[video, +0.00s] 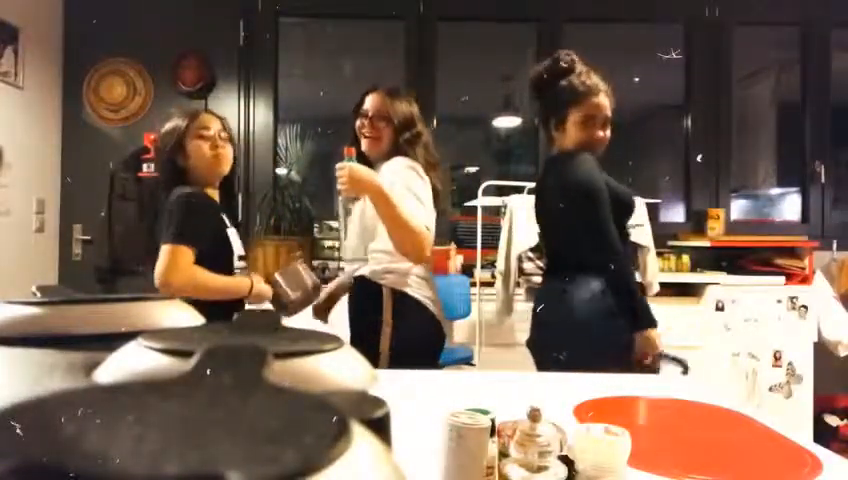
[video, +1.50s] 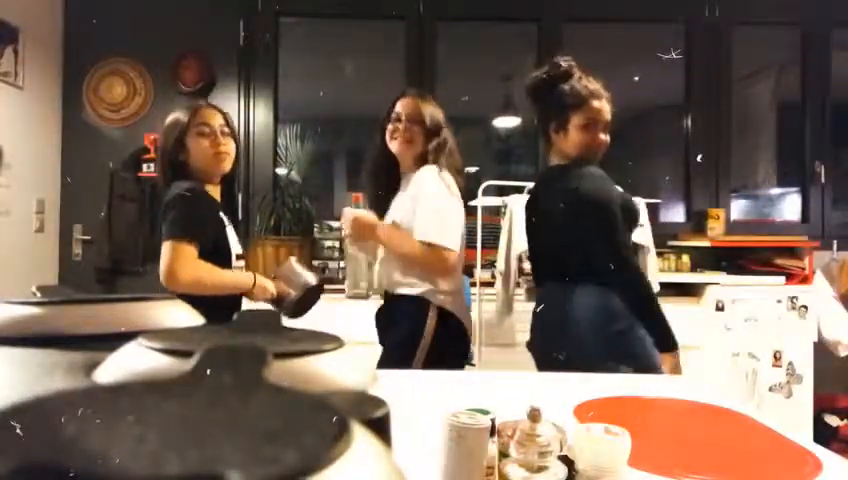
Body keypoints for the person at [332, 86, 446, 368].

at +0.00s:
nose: (366, 124)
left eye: (380, 118)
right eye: (362, 116)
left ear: (403, 128)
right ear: (355, 121)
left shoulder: (400, 170)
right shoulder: (383, 174)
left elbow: (419, 250)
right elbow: (379, 256)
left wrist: (374, 188)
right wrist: (338, 288)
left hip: (394, 307)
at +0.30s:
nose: (350, 154)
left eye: (357, 145)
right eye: (349, 147)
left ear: (383, 146)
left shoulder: (390, 188)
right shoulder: (410, 193)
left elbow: (401, 257)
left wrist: (348, 212)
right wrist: (357, 288)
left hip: (399, 317)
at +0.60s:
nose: (369, 139)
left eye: (378, 131)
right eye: (367, 132)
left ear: (404, 135)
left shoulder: (413, 178)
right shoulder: (401, 181)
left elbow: (417, 250)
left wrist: (364, 211)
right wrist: (362, 210)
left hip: (407, 304)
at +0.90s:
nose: (394, 140)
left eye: (405, 133)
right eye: (391, 132)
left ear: (428, 142)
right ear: (385, 136)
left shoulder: (428, 189)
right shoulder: (407, 188)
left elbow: (427, 266)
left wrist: (378, 215)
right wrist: (360, 221)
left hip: (411, 307)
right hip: (391, 303)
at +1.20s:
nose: (401, 137)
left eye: (412, 128)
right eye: (395, 127)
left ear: (432, 137)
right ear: (388, 133)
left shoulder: (429, 186)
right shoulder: (409, 186)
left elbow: (433, 266)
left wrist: (376, 223)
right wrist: (368, 226)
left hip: (415, 308)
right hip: (396, 303)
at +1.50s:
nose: (400, 127)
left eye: (412, 121)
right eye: (395, 119)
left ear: (432, 134)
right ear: (387, 127)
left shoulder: (433, 181)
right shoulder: (411, 184)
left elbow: (444, 262)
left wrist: (377, 231)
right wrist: (368, 238)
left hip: (427, 315)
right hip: (408, 311)